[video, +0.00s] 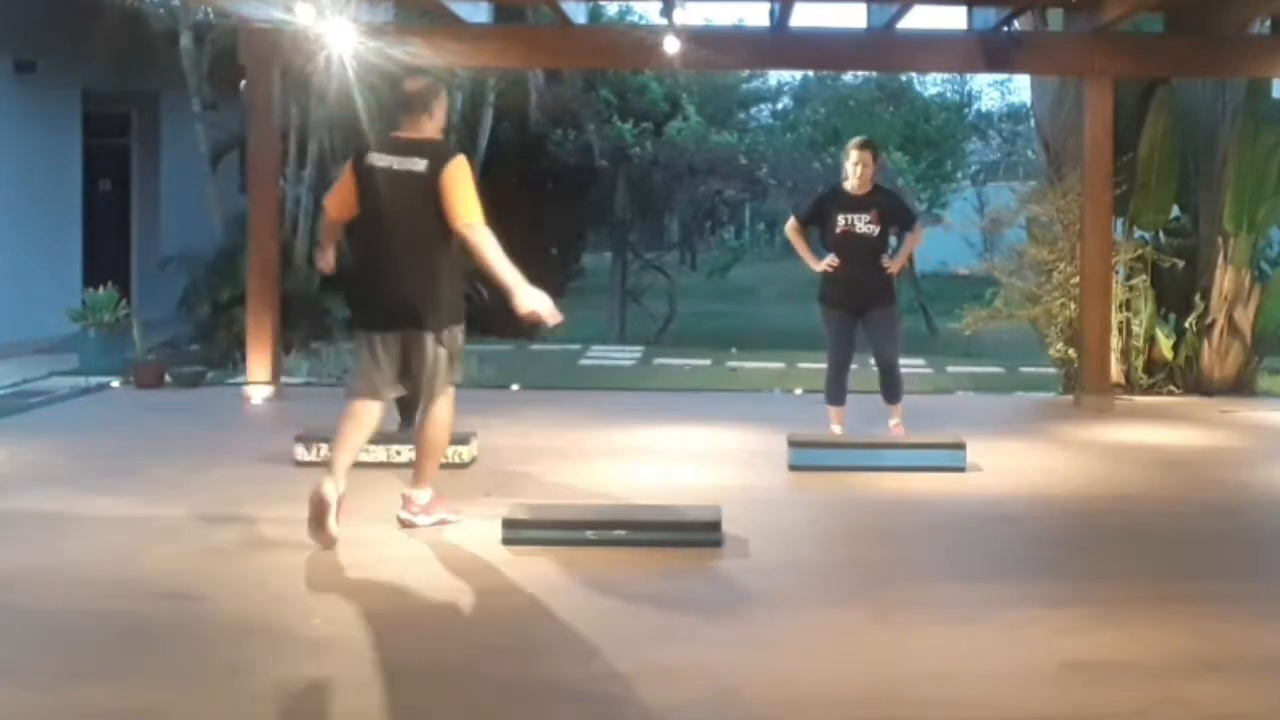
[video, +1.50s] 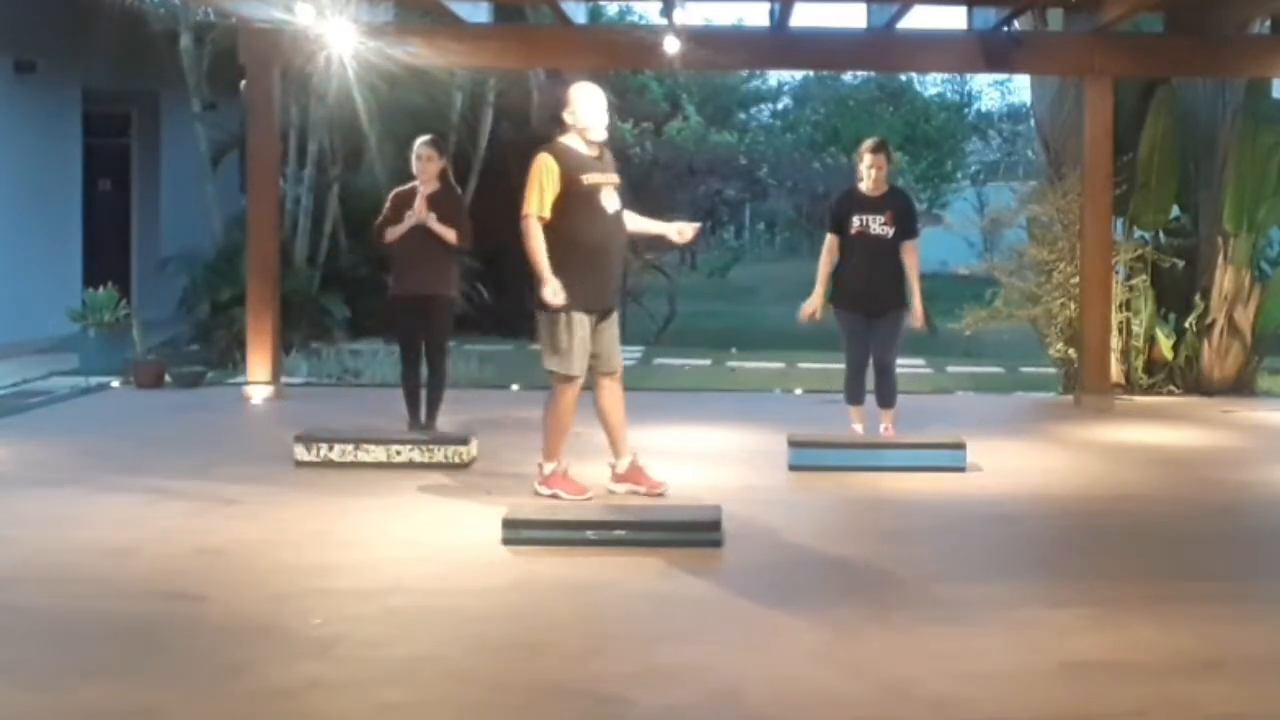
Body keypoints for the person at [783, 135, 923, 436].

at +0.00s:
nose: (859, 171)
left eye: (865, 165)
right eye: (854, 164)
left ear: (875, 167)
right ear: (846, 165)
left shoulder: (886, 199)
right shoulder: (828, 199)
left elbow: (915, 228)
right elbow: (792, 227)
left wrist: (901, 259)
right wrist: (814, 261)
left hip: (877, 286)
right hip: (839, 286)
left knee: (887, 357)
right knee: (839, 357)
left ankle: (896, 420)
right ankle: (837, 426)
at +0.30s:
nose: (875, 171)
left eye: (879, 165)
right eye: (869, 165)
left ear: (886, 166)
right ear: (857, 165)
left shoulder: (899, 199)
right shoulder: (841, 199)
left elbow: (929, 226)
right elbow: (806, 229)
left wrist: (914, 259)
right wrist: (829, 262)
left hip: (891, 288)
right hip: (852, 288)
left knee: (886, 360)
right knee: (849, 358)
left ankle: (888, 424)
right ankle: (839, 424)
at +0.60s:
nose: (886, 176)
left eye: (891, 170)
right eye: (881, 170)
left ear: (896, 171)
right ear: (868, 168)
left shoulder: (905, 200)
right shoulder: (848, 200)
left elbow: (942, 227)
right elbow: (818, 233)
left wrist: (925, 261)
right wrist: (838, 268)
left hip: (901, 289)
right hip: (864, 289)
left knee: (892, 360)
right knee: (868, 358)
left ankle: (889, 426)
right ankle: (851, 425)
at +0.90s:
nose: (885, 175)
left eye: (890, 169)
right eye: (880, 168)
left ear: (896, 170)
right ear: (867, 167)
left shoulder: (905, 200)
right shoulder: (848, 200)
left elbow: (942, 226)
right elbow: (816, 232)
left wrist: (924, 261)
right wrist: (836, 267)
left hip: (900, 287)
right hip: (863, 288)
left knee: (892, 360)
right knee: (871, 360)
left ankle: (889, 425)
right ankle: (861, 424)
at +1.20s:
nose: (878, 170)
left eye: (883, 165)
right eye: (873, 164)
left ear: (890, 165)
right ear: (861, 163)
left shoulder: (903, 199)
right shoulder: (844, 197)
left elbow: (930, 231)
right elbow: (811, 231)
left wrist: (924, 273)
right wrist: (825, 272)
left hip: (892, 290)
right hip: (855, 290)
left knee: (886, 359)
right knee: (861, 359)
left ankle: (887, 425)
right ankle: (858, 425)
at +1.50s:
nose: (872, 174)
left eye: (878, 167)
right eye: (867, 167)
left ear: (888, 168)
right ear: (859, 168)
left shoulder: (901, 203)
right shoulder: (844, 202)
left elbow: (909, 253)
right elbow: (830, 249)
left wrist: (916, 301)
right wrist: (818, 294)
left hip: (889, 297)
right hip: (851, 297)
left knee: (885, 361)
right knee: (856, 361)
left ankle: (887, 425)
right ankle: (857, 426)